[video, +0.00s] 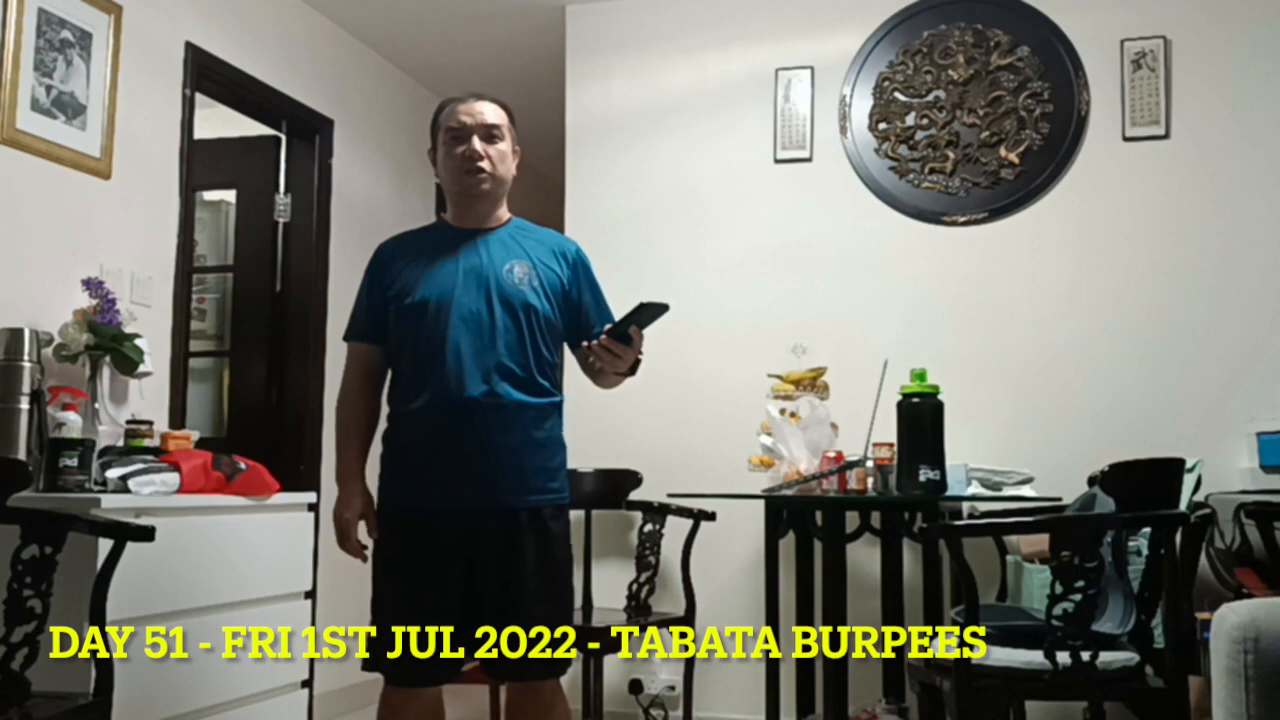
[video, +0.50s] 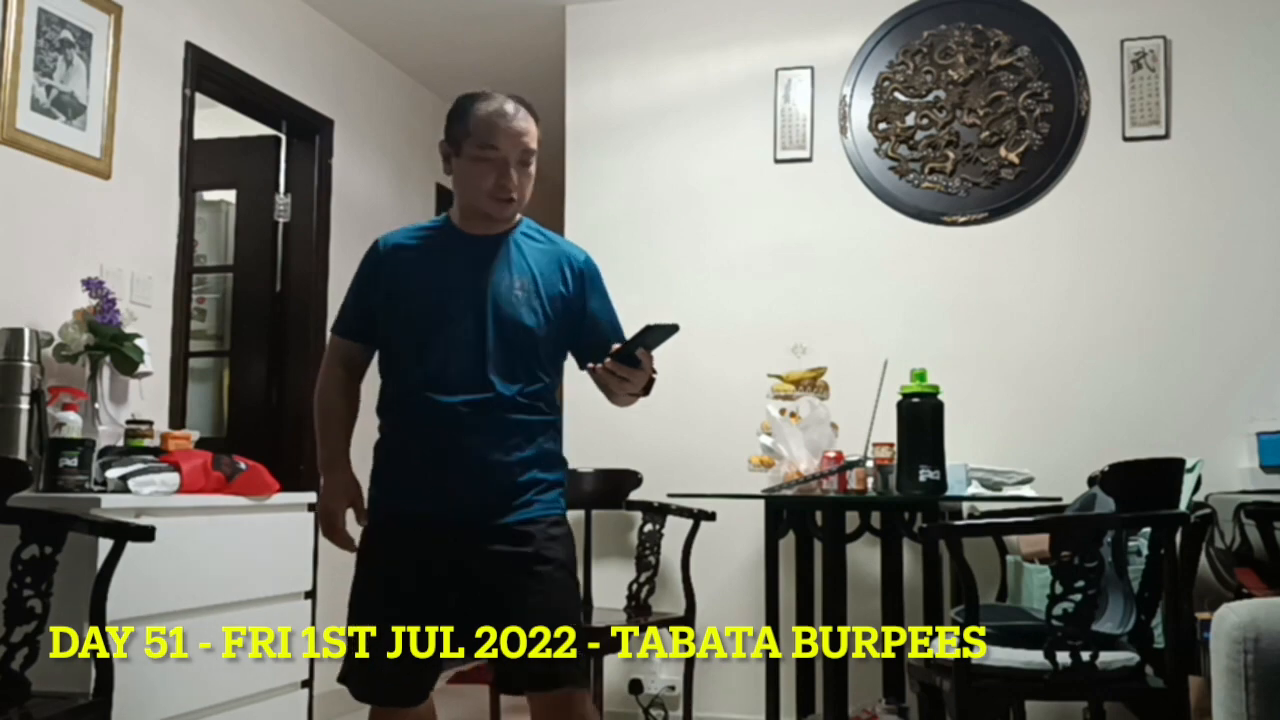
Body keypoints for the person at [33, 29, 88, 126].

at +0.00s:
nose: (66, 52)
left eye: (69, 48)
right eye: (63, 49)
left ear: (74, 49)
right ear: (61, 50)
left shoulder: (79, 66)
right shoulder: (61, 60)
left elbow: (69, 89)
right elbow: (57, 82)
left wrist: (48, 82)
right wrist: (49, 101)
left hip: (79, 102)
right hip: (62, 94)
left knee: (63, 98)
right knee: (47, 88)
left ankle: (69, 119)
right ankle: (61, 116)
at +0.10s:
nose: (66, 52)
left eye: (69, 48)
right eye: (63, 49)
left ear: (74, 49)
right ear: (61, 50)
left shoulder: (79, 66)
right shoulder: (61, 60)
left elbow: (69, 89)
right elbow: (57, 82)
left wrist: (48, 82)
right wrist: (49, 101)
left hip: (79, 102)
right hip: (62, 94)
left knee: (63, 98)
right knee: (47, 88)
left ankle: (69, 119)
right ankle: (61, 116)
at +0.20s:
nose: (66, 52)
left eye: (69, 48)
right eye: (63, 49)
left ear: (74, 49)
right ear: (61, 50)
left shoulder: (79, 66)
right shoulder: (61, 60)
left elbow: (69, 89)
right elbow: (57, 82)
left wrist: (48, 82)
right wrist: (49, 101)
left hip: (79, 102)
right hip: (62, 94)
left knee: (63, 98)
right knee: (47, 88)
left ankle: (69, 119)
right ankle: (61, 116)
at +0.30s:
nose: (66, 52)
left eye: (69, 48)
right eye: (63, 49)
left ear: (74, 49)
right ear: (61, 51)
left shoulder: (79, 66)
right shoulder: (61, 60)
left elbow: (69, 89)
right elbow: (57, 81)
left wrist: (48, 82)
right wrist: (49, 101)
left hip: (79, 102)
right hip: (62, 95)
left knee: (63, 98)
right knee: (47, 88)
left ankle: (69, 120)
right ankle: (61, 116)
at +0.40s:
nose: (66, 52)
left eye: (69, 48)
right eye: (63, 49)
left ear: (74, 49)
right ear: (61, 51)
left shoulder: (79, 66)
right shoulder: (61, 60)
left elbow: (69, 89)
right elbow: (57, 81)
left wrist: (48, 82)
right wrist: (49, 101)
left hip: (79, 102)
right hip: (62, 95)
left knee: (63, 98)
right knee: (47, 88)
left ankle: (69, 120)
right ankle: (61, 116)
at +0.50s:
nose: (66, 52)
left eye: (69, 48)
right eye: (63, 49)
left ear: (74, 49)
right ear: (61, 51)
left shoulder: (79, 66)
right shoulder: (61, 60)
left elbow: (69, 89)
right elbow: (57, 81)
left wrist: (48, 82)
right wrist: (49, 101)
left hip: (79, 102)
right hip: (62, 95)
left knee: (63, 98)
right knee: (47, 88)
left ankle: (69, 120)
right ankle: (61, 116)